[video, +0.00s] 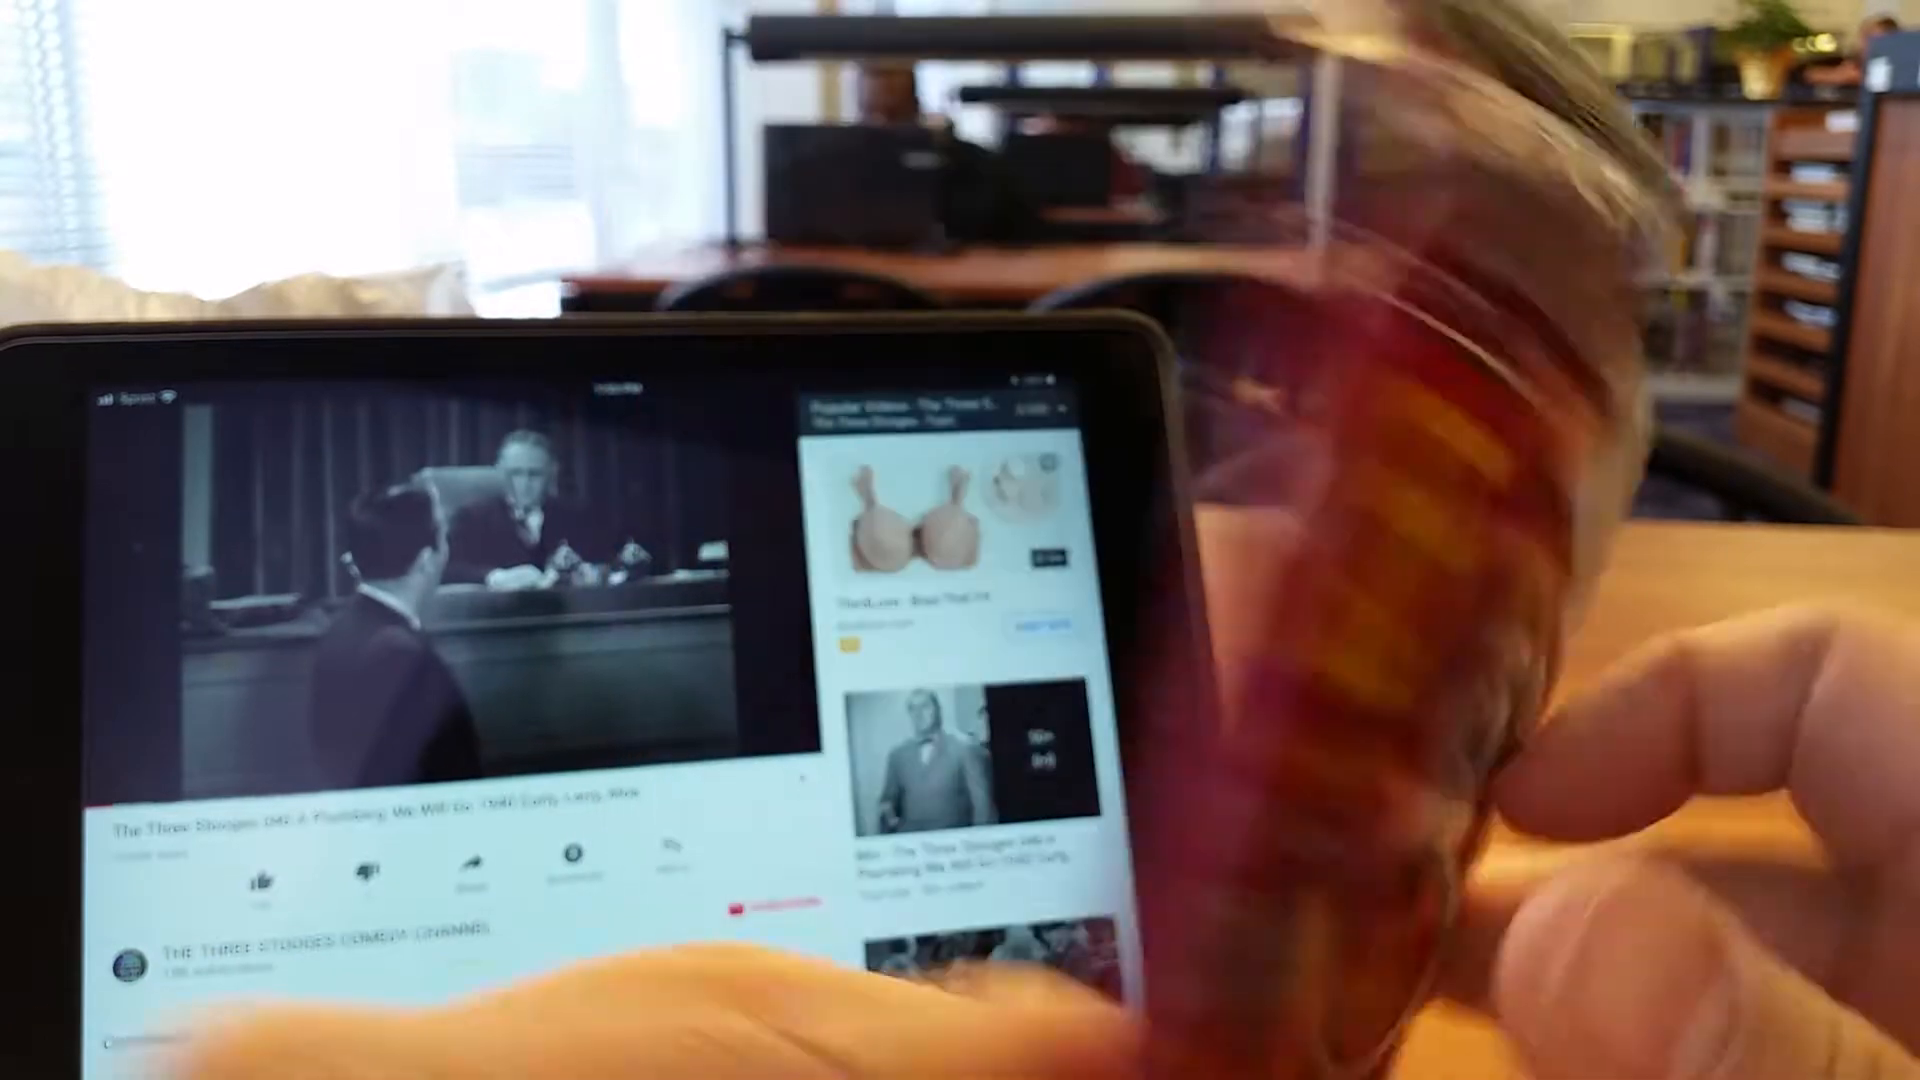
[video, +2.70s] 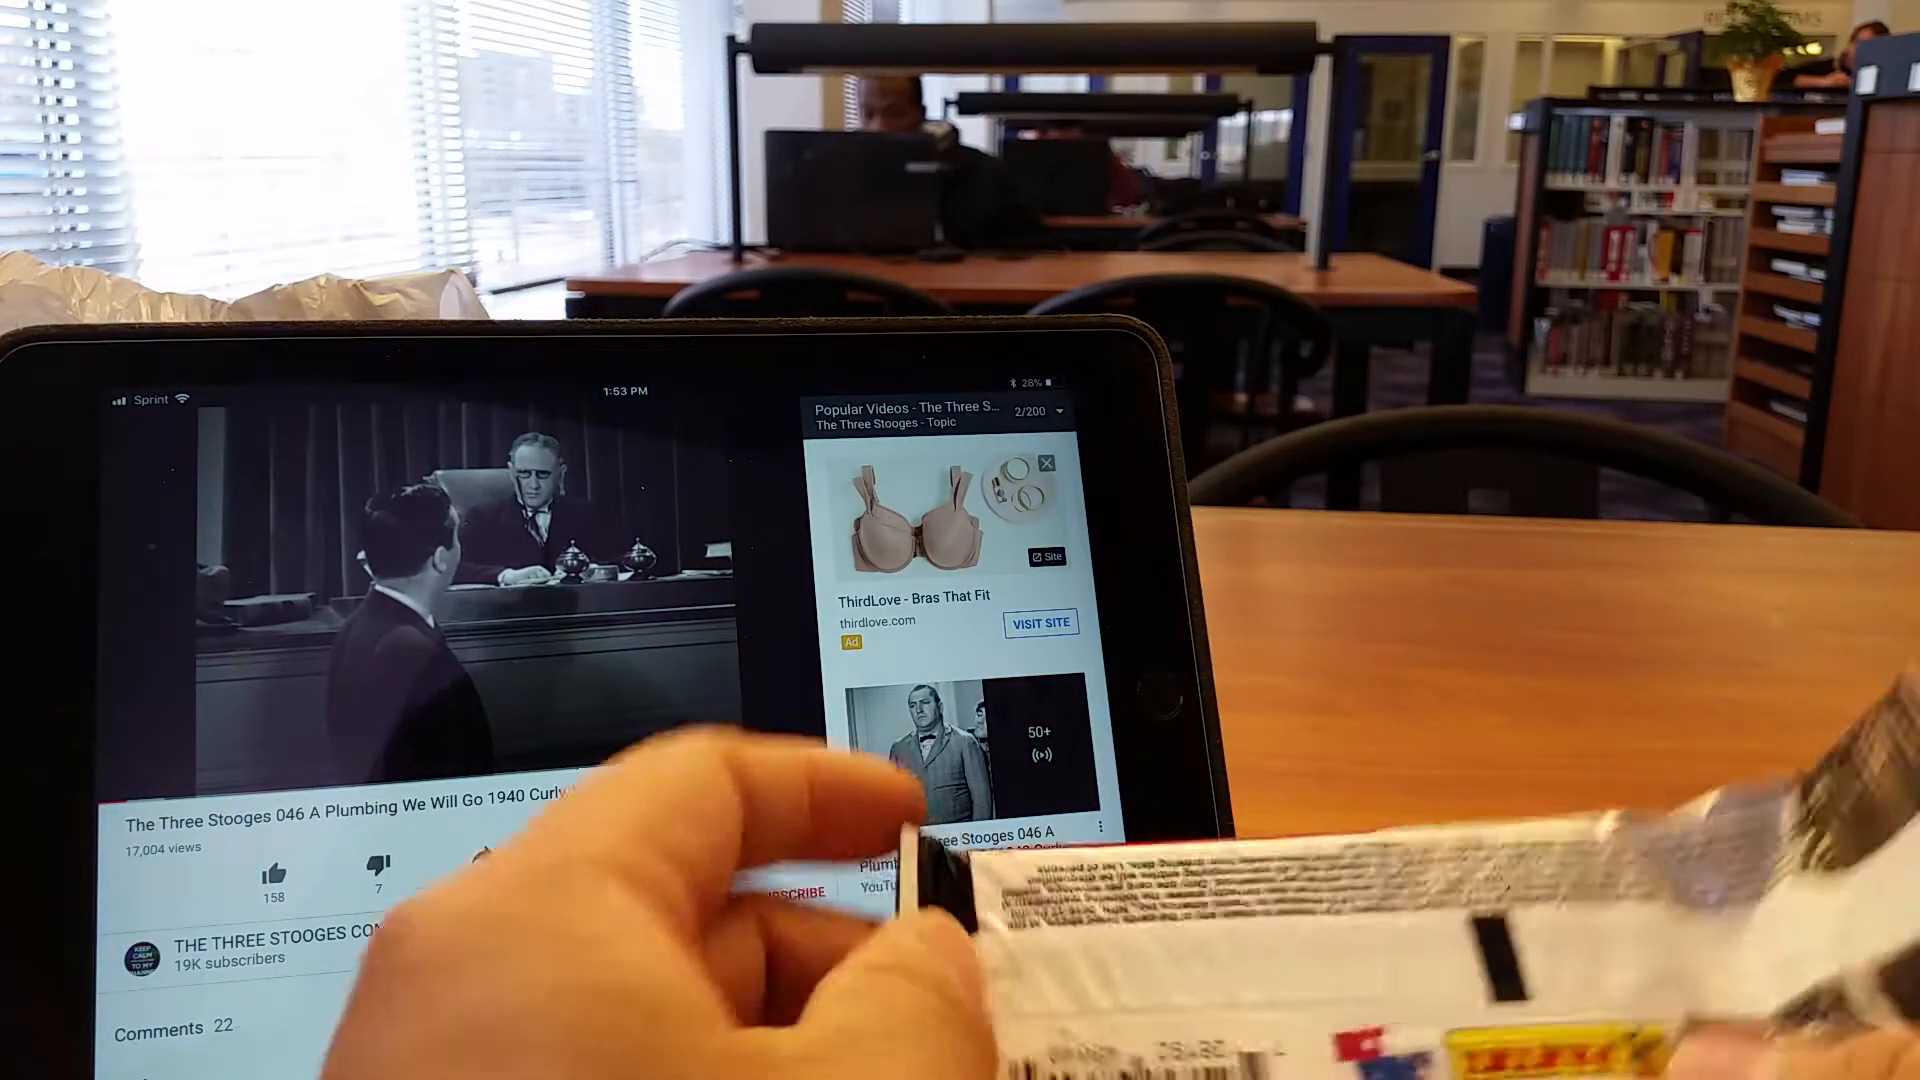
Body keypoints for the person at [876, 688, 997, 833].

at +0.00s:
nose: (920, 714)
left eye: (925, 707)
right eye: (914, 709)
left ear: (937, 710)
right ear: (909, 714)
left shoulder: (962, 750)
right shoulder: (899, 755)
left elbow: (980, 799)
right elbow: (888, 797)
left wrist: (981, 837)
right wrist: (890, 816)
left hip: (954, 837)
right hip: (910, 840)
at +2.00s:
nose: (919, 709)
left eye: (925, 703)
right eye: (913, 705)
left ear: (939, 706)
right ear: (909, 711)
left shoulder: (964, 742)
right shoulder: (899, 749)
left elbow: (981, 795)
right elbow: (891, 795)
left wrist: (979, 835)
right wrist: (886, 840)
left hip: (956, 831)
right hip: (910, 836)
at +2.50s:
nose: (919, 710)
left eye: (925, 703)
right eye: (913, 705)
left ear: (939, 707)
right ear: (909, 711)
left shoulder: (964, 742)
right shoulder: (899, 748)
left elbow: (981, 795)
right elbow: (890, 795)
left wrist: (979, 835)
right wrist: (886, 840)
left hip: (956, 831)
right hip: (910, 836)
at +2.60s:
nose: (919, 709)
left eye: (925, 702)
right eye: (913, 705)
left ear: (939, 706)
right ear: (909, 711)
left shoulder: (964, 742)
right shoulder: (899, 749)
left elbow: (981, 796)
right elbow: (892, 792)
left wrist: (979, 835)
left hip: (958, 833)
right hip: (916, 836)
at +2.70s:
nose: (919, 710)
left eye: (925, 703)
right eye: (913, 705)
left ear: (939, 707)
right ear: (910, 711)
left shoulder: (964, 742)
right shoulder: (899, 749)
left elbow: (981, 796)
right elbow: (893, 799)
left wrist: (977, 837)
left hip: (960, 833)